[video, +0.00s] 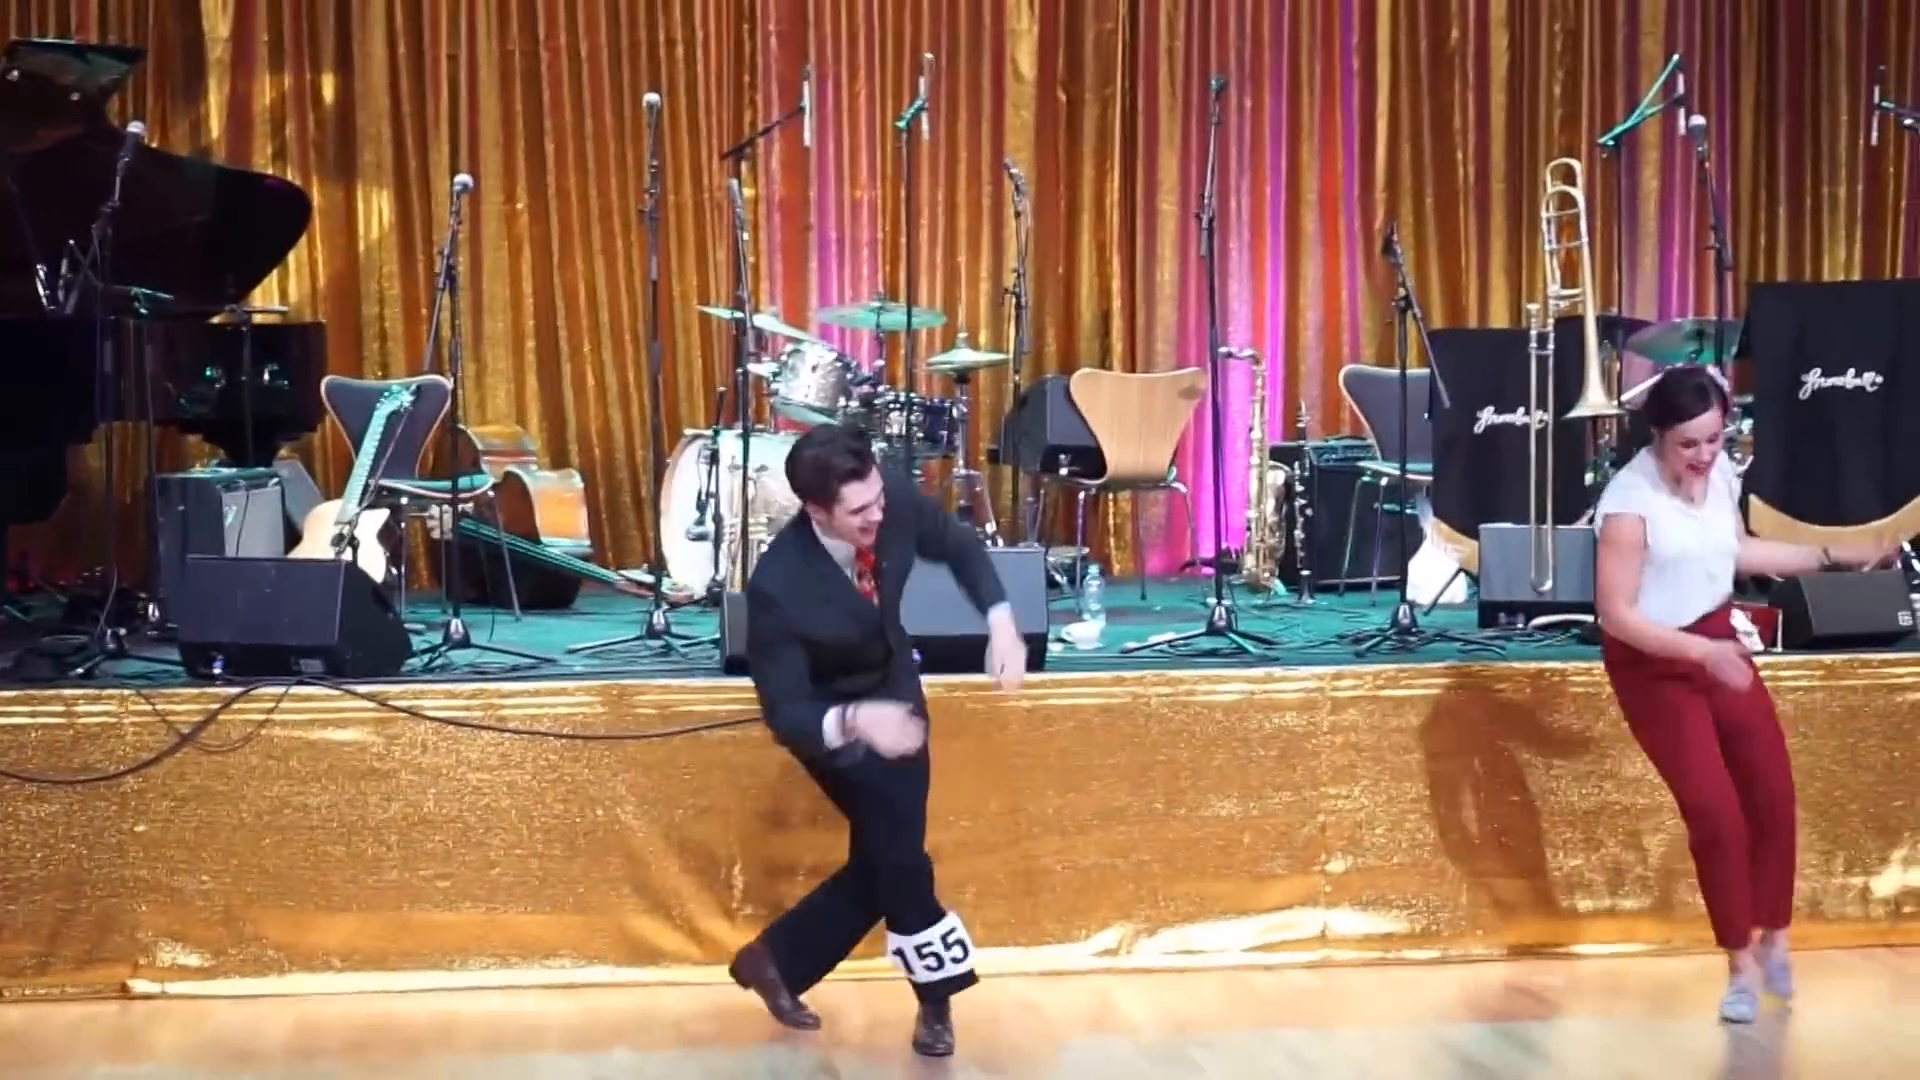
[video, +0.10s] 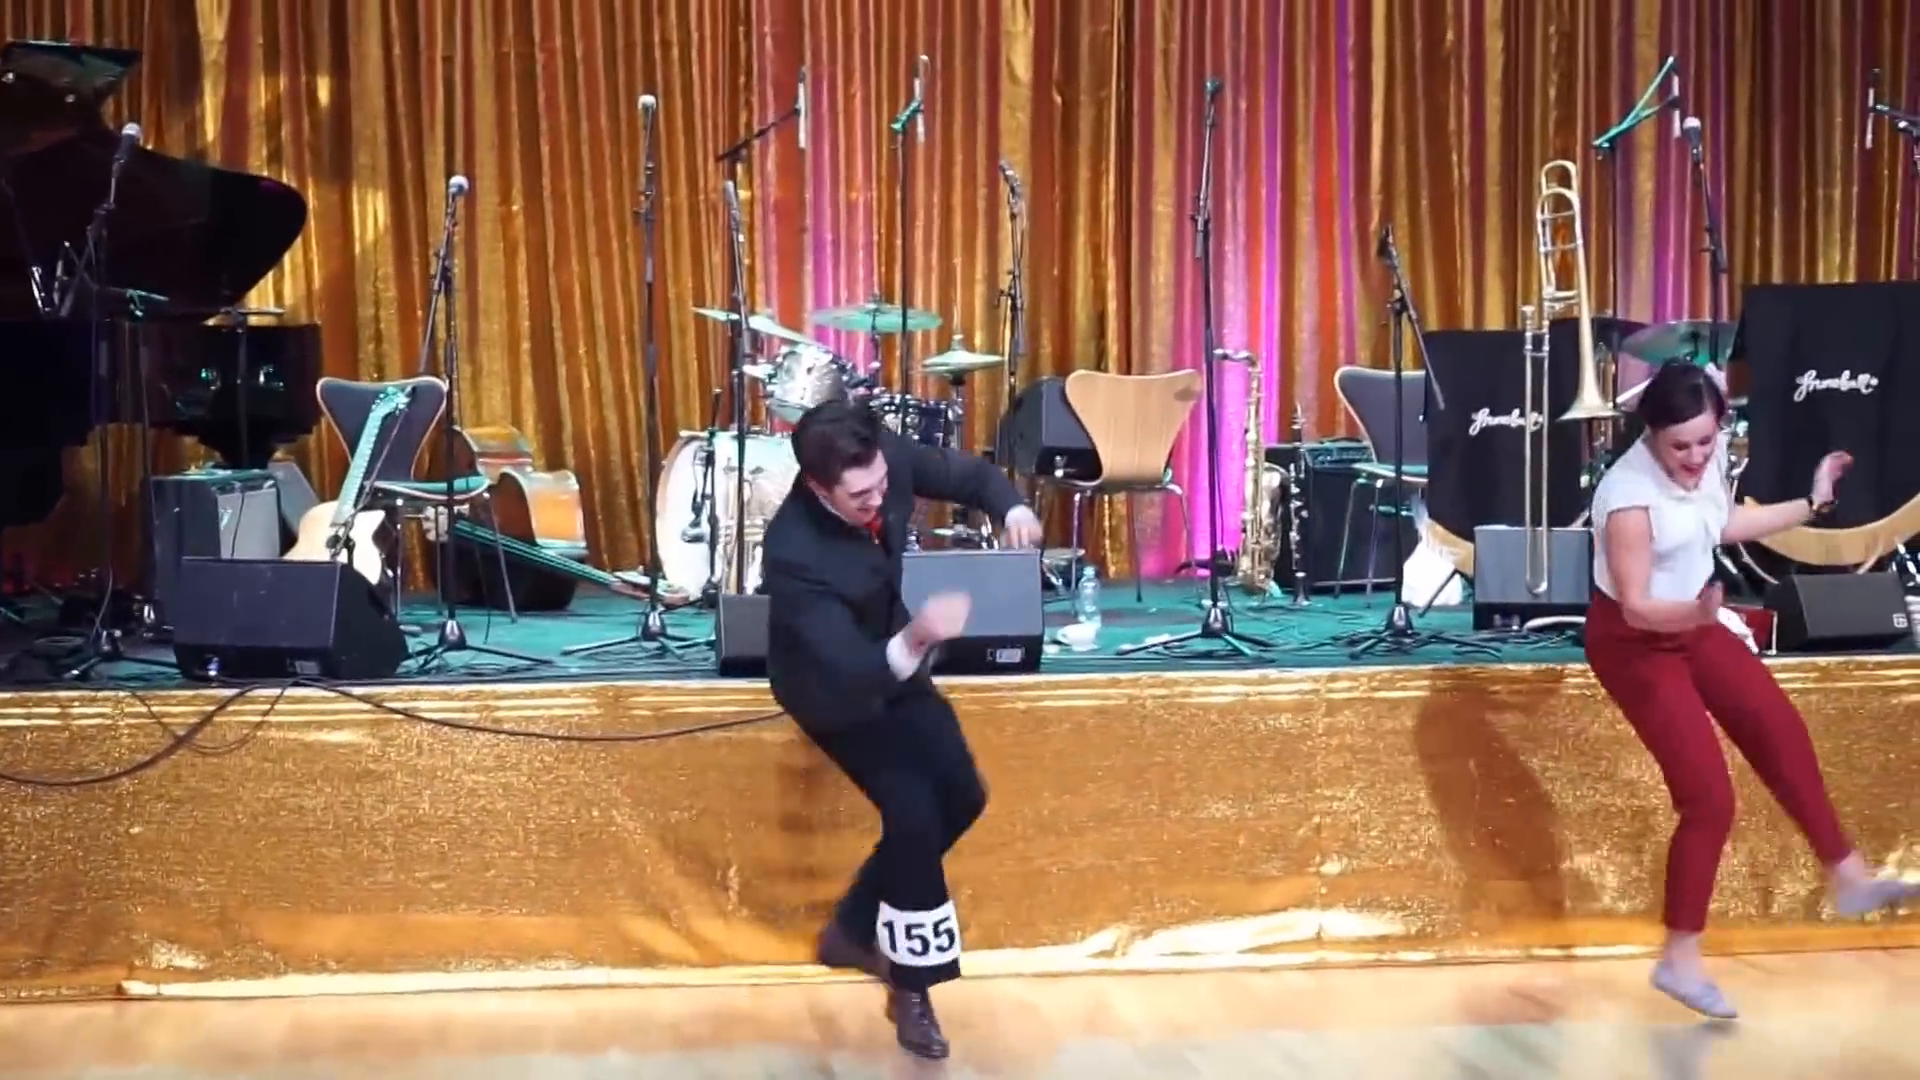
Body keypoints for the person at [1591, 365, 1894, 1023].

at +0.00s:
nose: (1704, 455)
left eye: (1713, 440)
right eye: (1689, 443)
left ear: (1723, 430)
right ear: (1657, 436)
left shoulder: (1721, 476)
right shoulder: (1628, 499)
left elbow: (1733, 553)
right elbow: (1614, 616)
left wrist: (1840, 556)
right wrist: (1700, 651)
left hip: (1721, 641)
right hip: (1649, 658)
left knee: (1773, 791)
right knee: (1713, 806)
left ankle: (1774, 940)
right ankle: (1741, 963)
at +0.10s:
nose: (1695, 456)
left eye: (1704, 442)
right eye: (1680, 445)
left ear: (1718, 425)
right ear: (1651, 433)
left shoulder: (1714, 456)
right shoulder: (1628, 491)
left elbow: (1724, 526)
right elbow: (1635, 611)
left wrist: (1811, 503)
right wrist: (1699, 610)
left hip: (1698, 625)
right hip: (1632, 639)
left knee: (1780, 732)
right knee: (1708, 799)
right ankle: (1679, 960)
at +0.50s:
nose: (1636, 501)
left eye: (1648, 485)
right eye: (1620, 489)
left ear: (1664, 474)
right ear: (1598, 482)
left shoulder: (1685, 499)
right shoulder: (1568, 544)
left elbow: (1692, 602)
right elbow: (1524, 636)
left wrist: (1701, 577)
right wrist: (1557, 730)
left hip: (1638, 662)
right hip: (1571, 677)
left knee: (1699, 784)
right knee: (1632, 838)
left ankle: (1609, 905)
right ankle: (1667, 981)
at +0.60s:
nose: (1610, 498)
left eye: (1621, 483)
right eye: (1594, 486)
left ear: (1637, 479)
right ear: (1572, 488)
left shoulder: (1661, 520)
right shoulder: (1540, 559)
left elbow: (1688, 623)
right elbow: (1464, 623)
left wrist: (1680, 576)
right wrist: (1459, 722)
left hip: (1620, 687)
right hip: (1553, 693)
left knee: (1620, 840)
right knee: (1617, 840)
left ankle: (1497, 938)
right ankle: (1668, 988)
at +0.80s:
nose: (1556, 481)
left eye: (1567, 467)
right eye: (1541, 469)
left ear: (1580, 469)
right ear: (1513, 473)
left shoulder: (1602, 522)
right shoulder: (1466, 527)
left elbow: (1621, 613)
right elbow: (1420, 562)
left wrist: (1625, 656)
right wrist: (1397, 637)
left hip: (1560, 681)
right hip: (1481, 683)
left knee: (1570, 826)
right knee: (1522, 822)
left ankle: (1507, 950)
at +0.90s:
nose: (1532, 489)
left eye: (1542, 475)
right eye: (1517, 476)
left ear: (1553, 478)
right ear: (1485, 478)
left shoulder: (1571, 546)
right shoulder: (1432, 545)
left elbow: (1582, 641)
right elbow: (1408, 621)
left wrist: (1600, 734)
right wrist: (1390, 697)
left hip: (1532, 698)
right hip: (1451, 699)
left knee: (1534, 841)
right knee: (1448, 849)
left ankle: (1504, 963)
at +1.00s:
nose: (1513, 490)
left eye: (1521, 477)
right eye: (1498, 478)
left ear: (1530, 479)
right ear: (1463, 480)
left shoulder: (1548, 544)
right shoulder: (1415, 537)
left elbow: (1550, 642)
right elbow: (1384, 629)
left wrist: (1550, 729)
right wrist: (1362, 712)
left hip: (1492, 688)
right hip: (1407, 686)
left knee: (1508, 839)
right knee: (1393, 841)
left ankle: (1497, 950)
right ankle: (1381, 973)